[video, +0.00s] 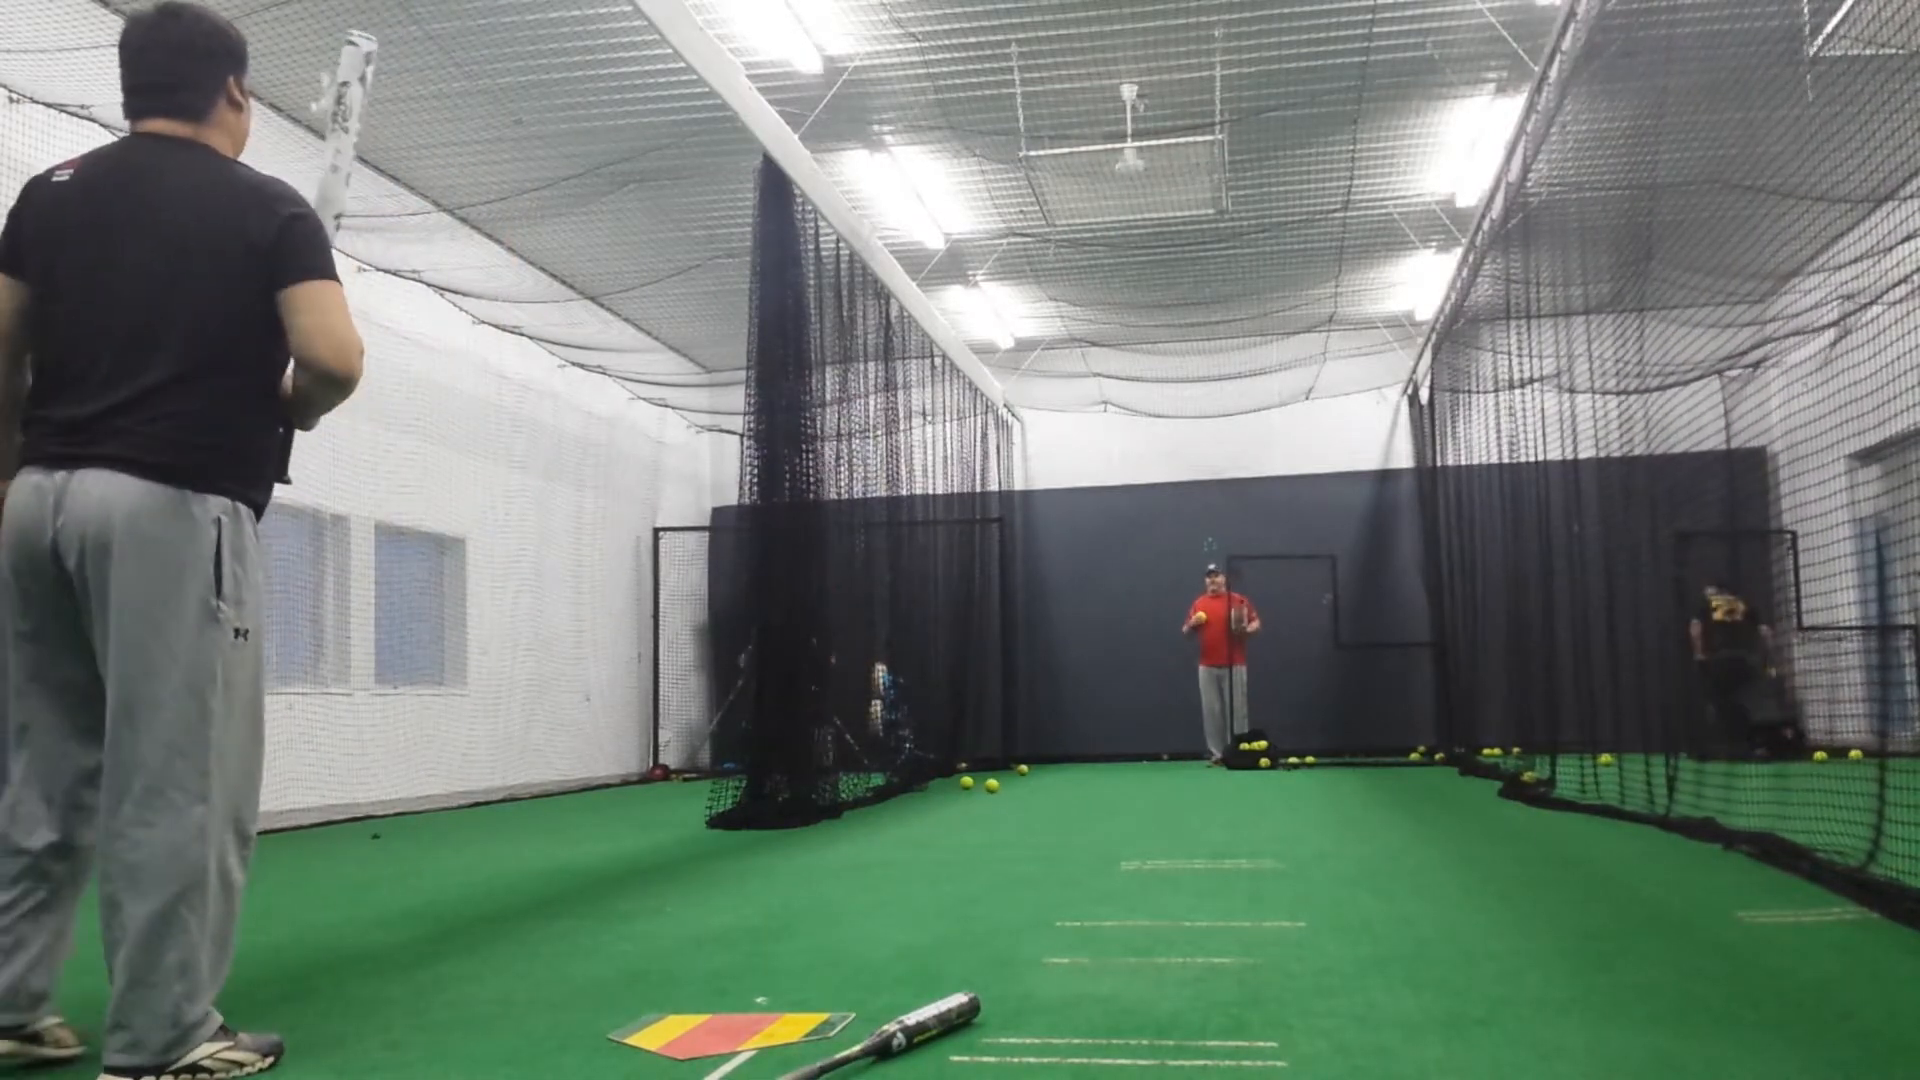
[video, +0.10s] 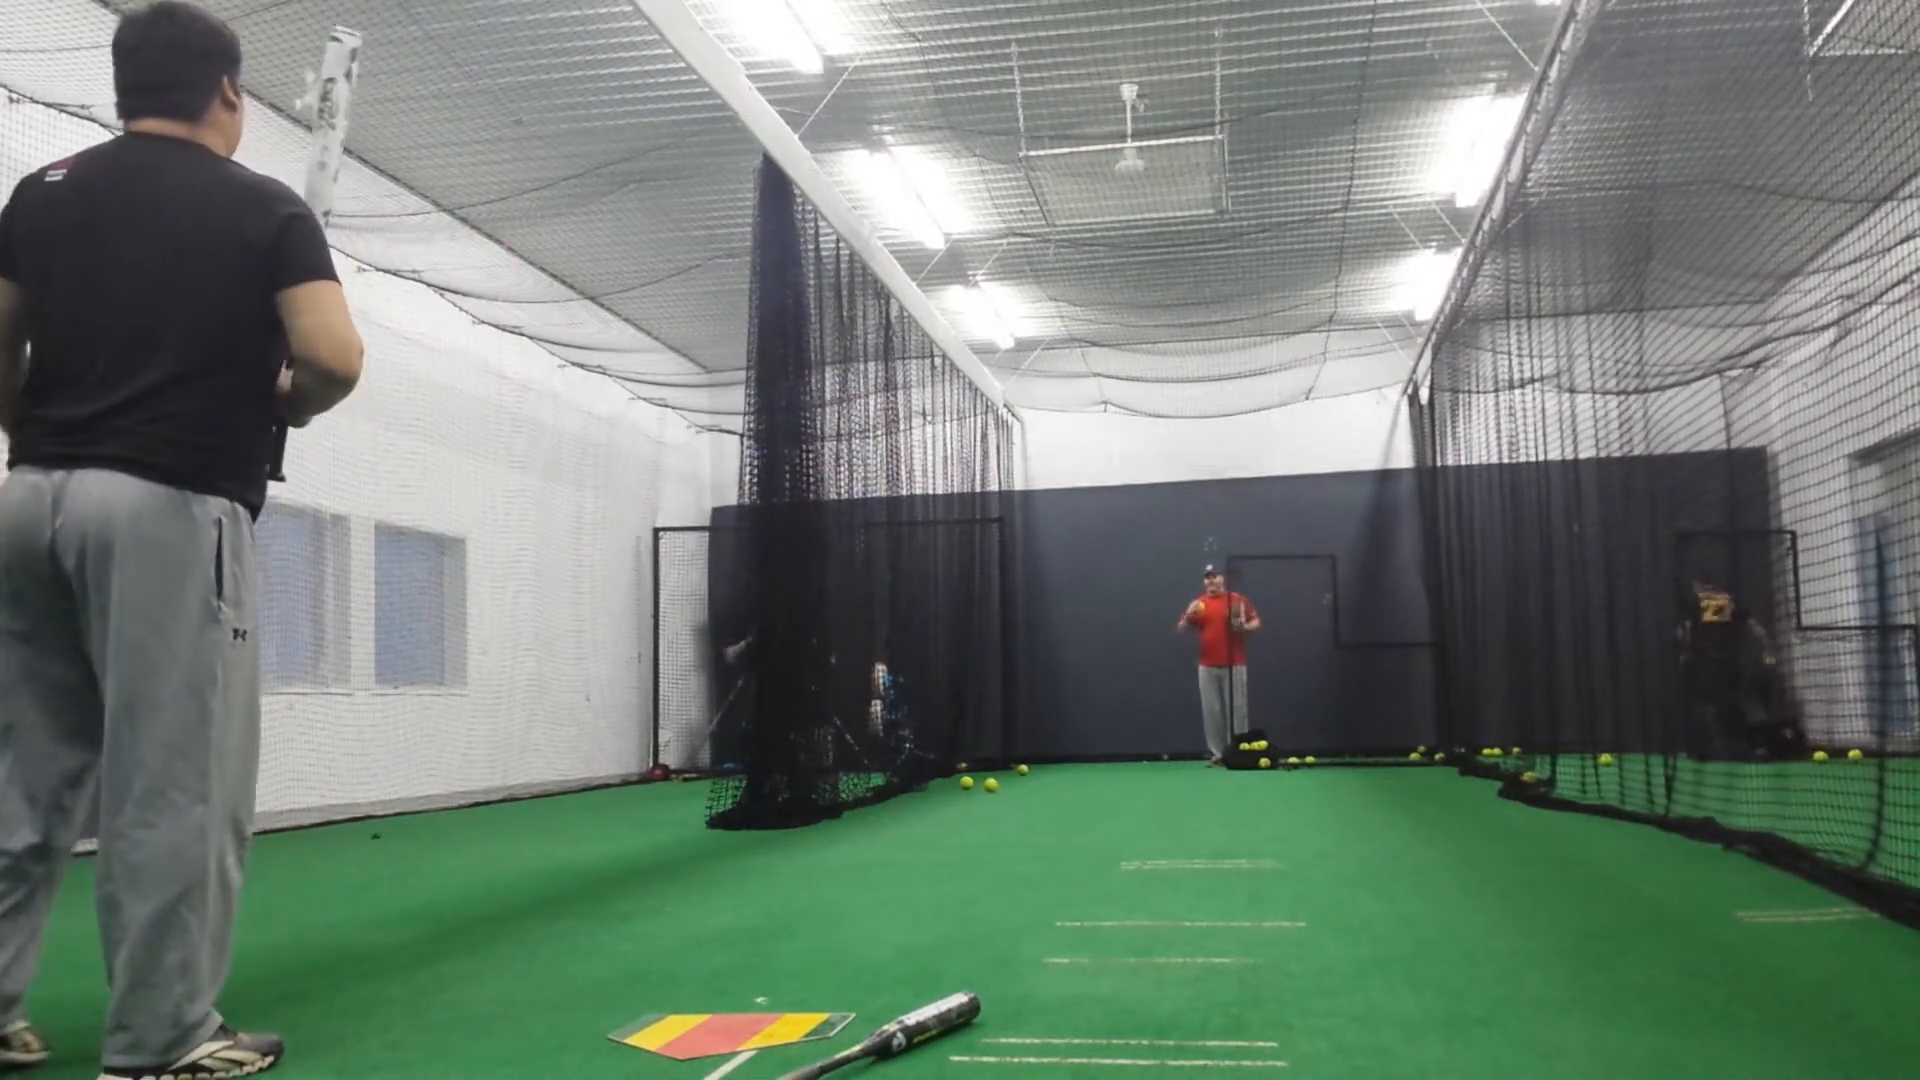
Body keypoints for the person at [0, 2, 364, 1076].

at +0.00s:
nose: (250, 112)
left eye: (246, 95)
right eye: (247, 95)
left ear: (133, 95)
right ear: (228, 95)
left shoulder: (45, 198)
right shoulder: (267, 209)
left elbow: (6, 348)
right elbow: (336, 362)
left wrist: (28, 445)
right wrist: (293, 405)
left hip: (37, 508)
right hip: (173, 518)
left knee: (41, 773)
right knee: (175, 780)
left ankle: (14, 1008)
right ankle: (163, 1033)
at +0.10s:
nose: (243, 113)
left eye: (237, 96)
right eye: (240, 96)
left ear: (127, 96)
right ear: (222, 96)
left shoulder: (38, 196)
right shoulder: (265, 208)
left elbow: (5, 348)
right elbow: (336, 361)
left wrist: (38, 427)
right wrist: (289, 397)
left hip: (31, 508)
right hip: (170, 517)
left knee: (28, 775)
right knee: (172, 781)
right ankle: (162, 1033)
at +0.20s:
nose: (236, 114)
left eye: (229, 97)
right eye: (233, 97)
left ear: (118, 97)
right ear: (212, 97)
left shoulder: (31, 195)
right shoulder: (258, 208)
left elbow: (7, 344)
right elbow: (335, 358)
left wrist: (47, 400)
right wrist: (288, 398)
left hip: (23, 507)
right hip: (162, 516)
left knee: (21, 781)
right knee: (169, 783)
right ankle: (162, 1033)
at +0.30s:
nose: (223, 115)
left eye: (217, 98)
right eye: (220, 98)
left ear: (106, 100)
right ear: (199, 97)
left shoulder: (23, 195)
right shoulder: (246, 208)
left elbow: (10, 341)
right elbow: (325, 355)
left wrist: (56, 386)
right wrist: (275, 397)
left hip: (19, 508)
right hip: (155, 516)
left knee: (20, 780)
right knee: (167, 782)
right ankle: (162, 1034)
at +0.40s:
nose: (207, 117)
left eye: (199, 100)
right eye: (205, 100)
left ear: (89, 102)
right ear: (186, 100)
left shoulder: (17, 196)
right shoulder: (232, 208)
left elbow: (21, 338)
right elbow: (309, 355)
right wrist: (243, 403)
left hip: (13, 508)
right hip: (147, 515)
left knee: (16, 785)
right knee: (163, 783)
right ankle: (162, 1034)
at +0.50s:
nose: (183, 118)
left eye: (176, 101)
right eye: (180, 101)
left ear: (60, 107)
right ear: (160, 101)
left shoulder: (7, 195)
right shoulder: (206, 206)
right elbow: (284, 351)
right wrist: (224, 402)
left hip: (7, 510)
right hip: (132, 514)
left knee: (11, 786)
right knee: (158, 781)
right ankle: (161, 1033)